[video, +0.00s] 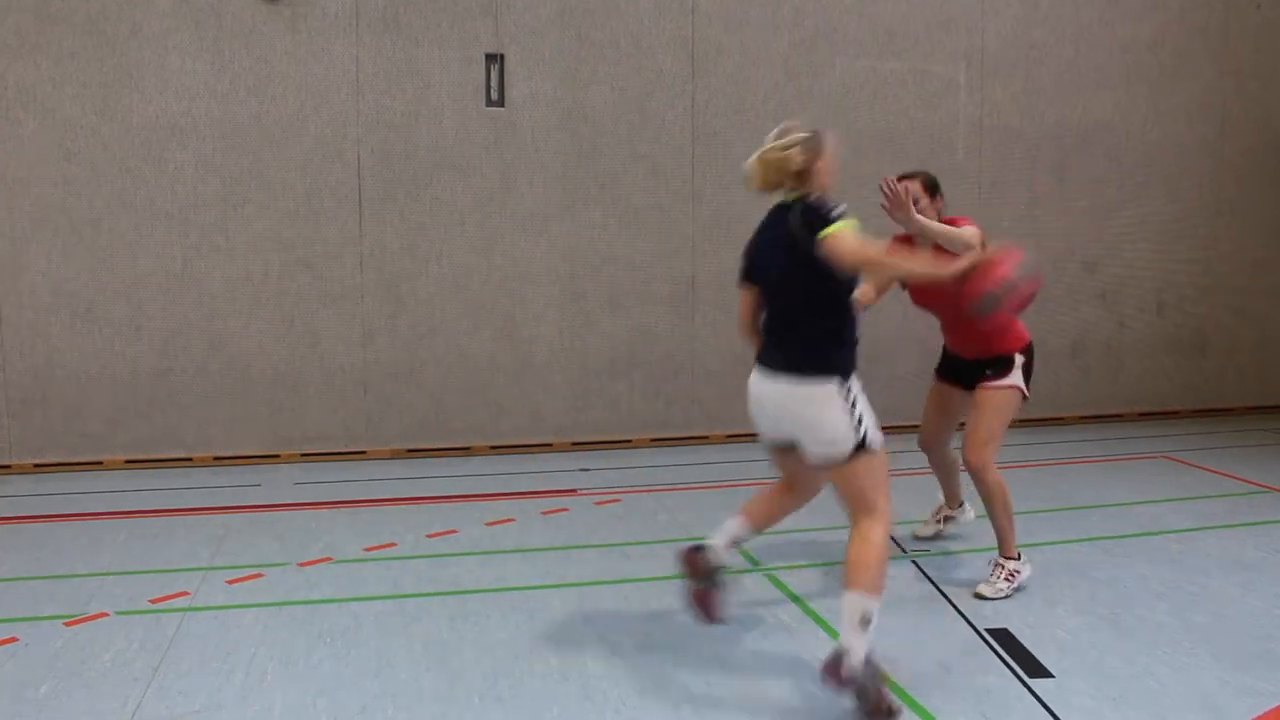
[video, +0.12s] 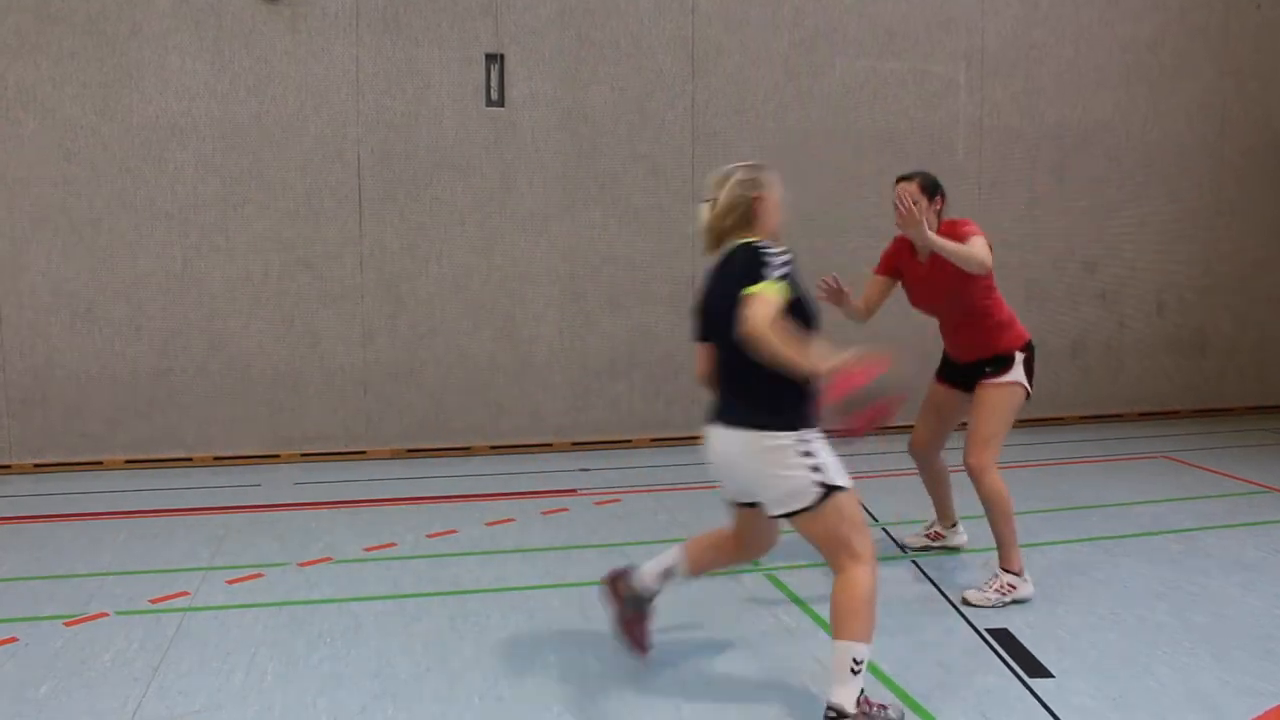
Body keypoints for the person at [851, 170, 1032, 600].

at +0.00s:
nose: (911, 213)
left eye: (917, 203)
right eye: (904, 207)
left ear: (937, 201)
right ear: (898, 213)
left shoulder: (963, 231)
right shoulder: (900, 247)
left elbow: (965, 243)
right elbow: (872, 286)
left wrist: (911, 219)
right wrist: (852, 302)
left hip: (1005, 354)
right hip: (959, 353)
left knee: (978, 458)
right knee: (932, 440)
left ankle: (1010, 559)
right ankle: (954, 504)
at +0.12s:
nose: (903, 213)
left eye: (911, 204)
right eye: (898, 206)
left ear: (936, 204)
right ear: (894, 210)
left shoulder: (962, 230)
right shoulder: (900, 250)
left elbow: (982, 263)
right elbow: (865, 311)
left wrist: (926, 238)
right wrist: (844, 301)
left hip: (1004, 357)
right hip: (958, 360)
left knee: (980, 462)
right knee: (923, 447)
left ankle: (1014, 574)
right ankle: (948, 527)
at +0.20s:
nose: (899, 227)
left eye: (904, 219)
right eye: (894, 220)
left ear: (932, 218)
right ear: (894, 224)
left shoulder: (959, 246)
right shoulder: (900, 267)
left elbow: (984, 281)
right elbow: (862, 327)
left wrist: (931, 257)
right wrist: (840, 316)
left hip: (1004, 372)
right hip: (958, 373)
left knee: (974, 470)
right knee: (914, 455)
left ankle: (1014, 576)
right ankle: (945, 525)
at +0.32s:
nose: (891, 243)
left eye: (898, 234)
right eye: (887, 235)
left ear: (925, 234)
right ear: (887, 239)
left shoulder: (951, 263)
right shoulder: (896, 282)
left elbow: (980, 307)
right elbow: (864, 340)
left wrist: (927, 287)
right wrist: (833, 338)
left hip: (1001, 384)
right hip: (956, 384)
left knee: (962, 475)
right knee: (896, 449)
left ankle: (1013, 576)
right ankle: (931, 512)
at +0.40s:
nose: (883, 240)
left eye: (890, 232)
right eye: (880, 233)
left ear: (918, 231)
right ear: (882, 237)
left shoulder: (944, 262)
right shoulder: (892, 277)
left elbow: (976, 314)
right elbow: (865, 335)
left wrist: (923, 300)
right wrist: (832, 341)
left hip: (991, 381)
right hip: (947, 383)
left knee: (959, 474)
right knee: (897, 454)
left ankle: (1014, 577)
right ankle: (930, 521)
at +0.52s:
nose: (866, 223)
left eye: (873, 215)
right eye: (864, 216)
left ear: (900, 215)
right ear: (872, 220)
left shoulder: (930, 249)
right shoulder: (879, 260)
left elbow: (969, 305)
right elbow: (868, 316)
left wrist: (917, 312)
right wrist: (834, 334)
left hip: (977, 359)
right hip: (936, 363)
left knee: (952, 454)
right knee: (902, 443)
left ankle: (996, 559)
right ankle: (931, 522)